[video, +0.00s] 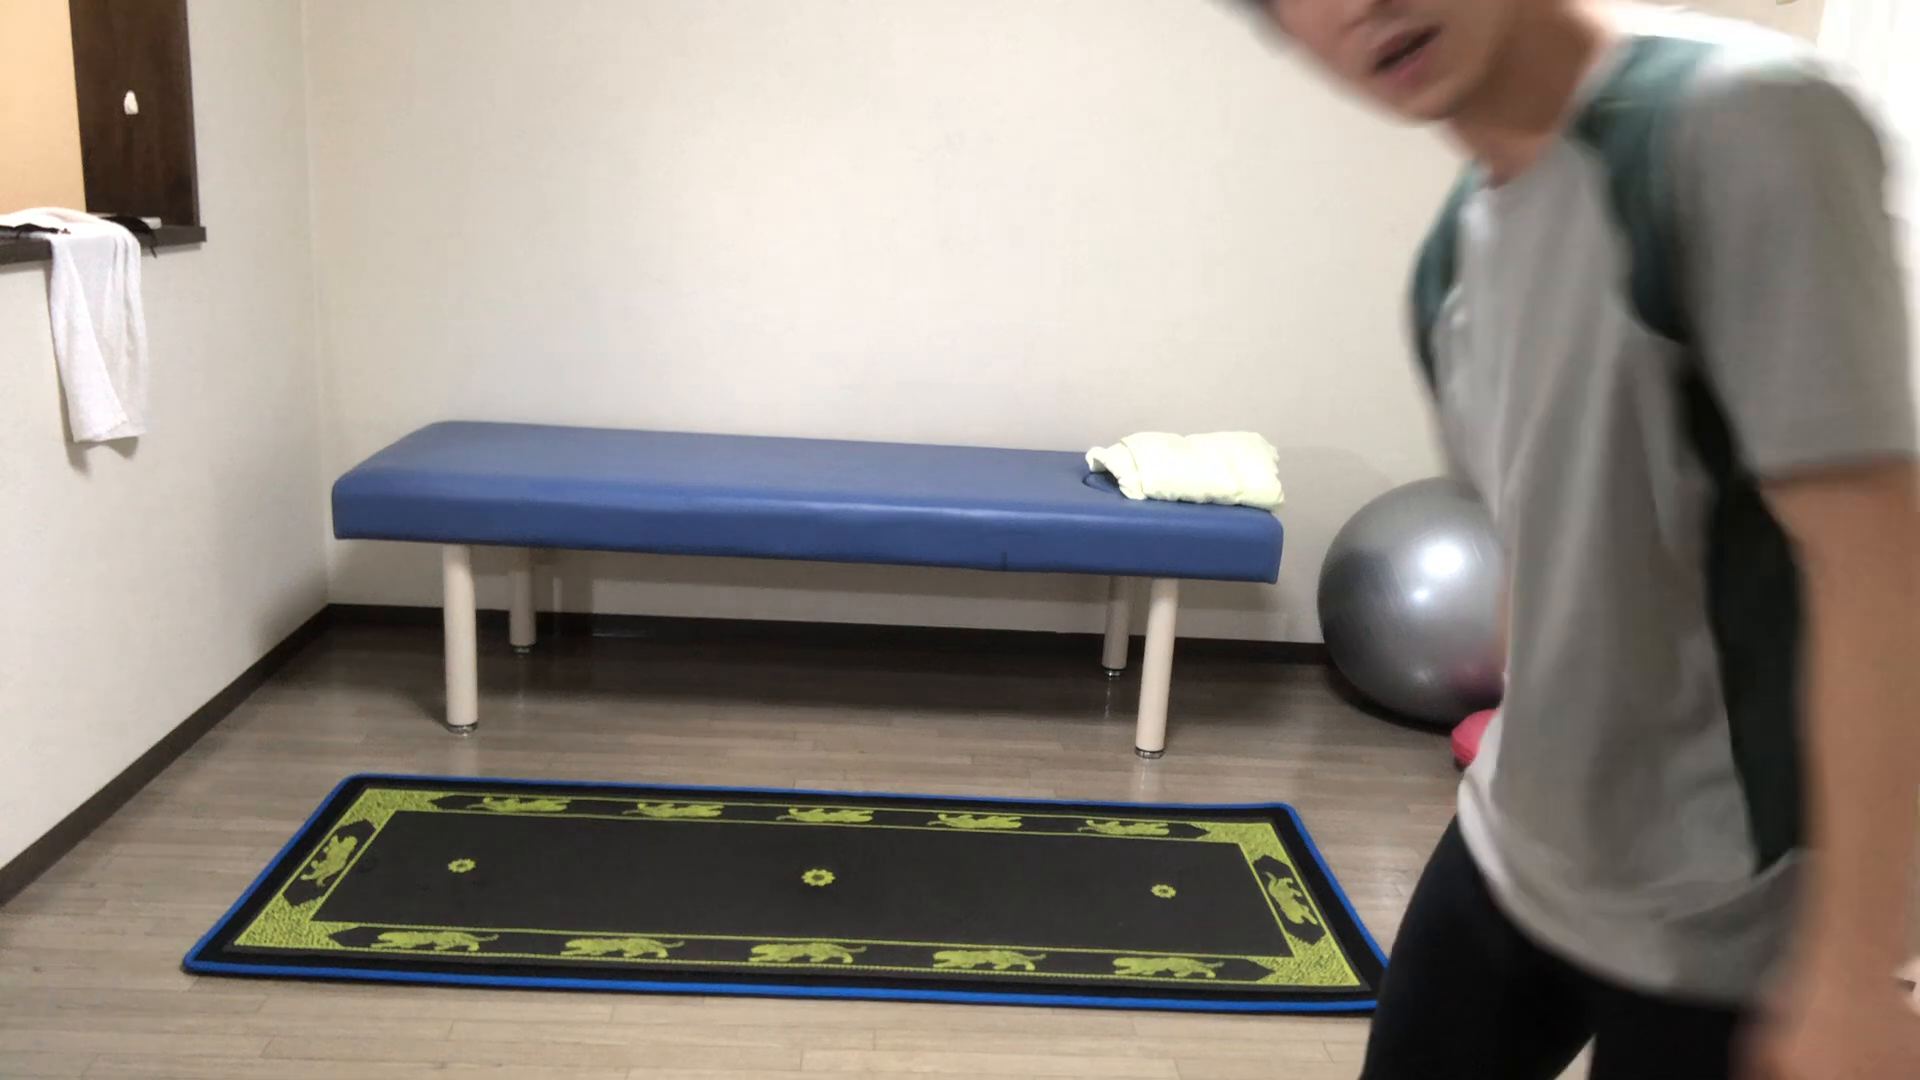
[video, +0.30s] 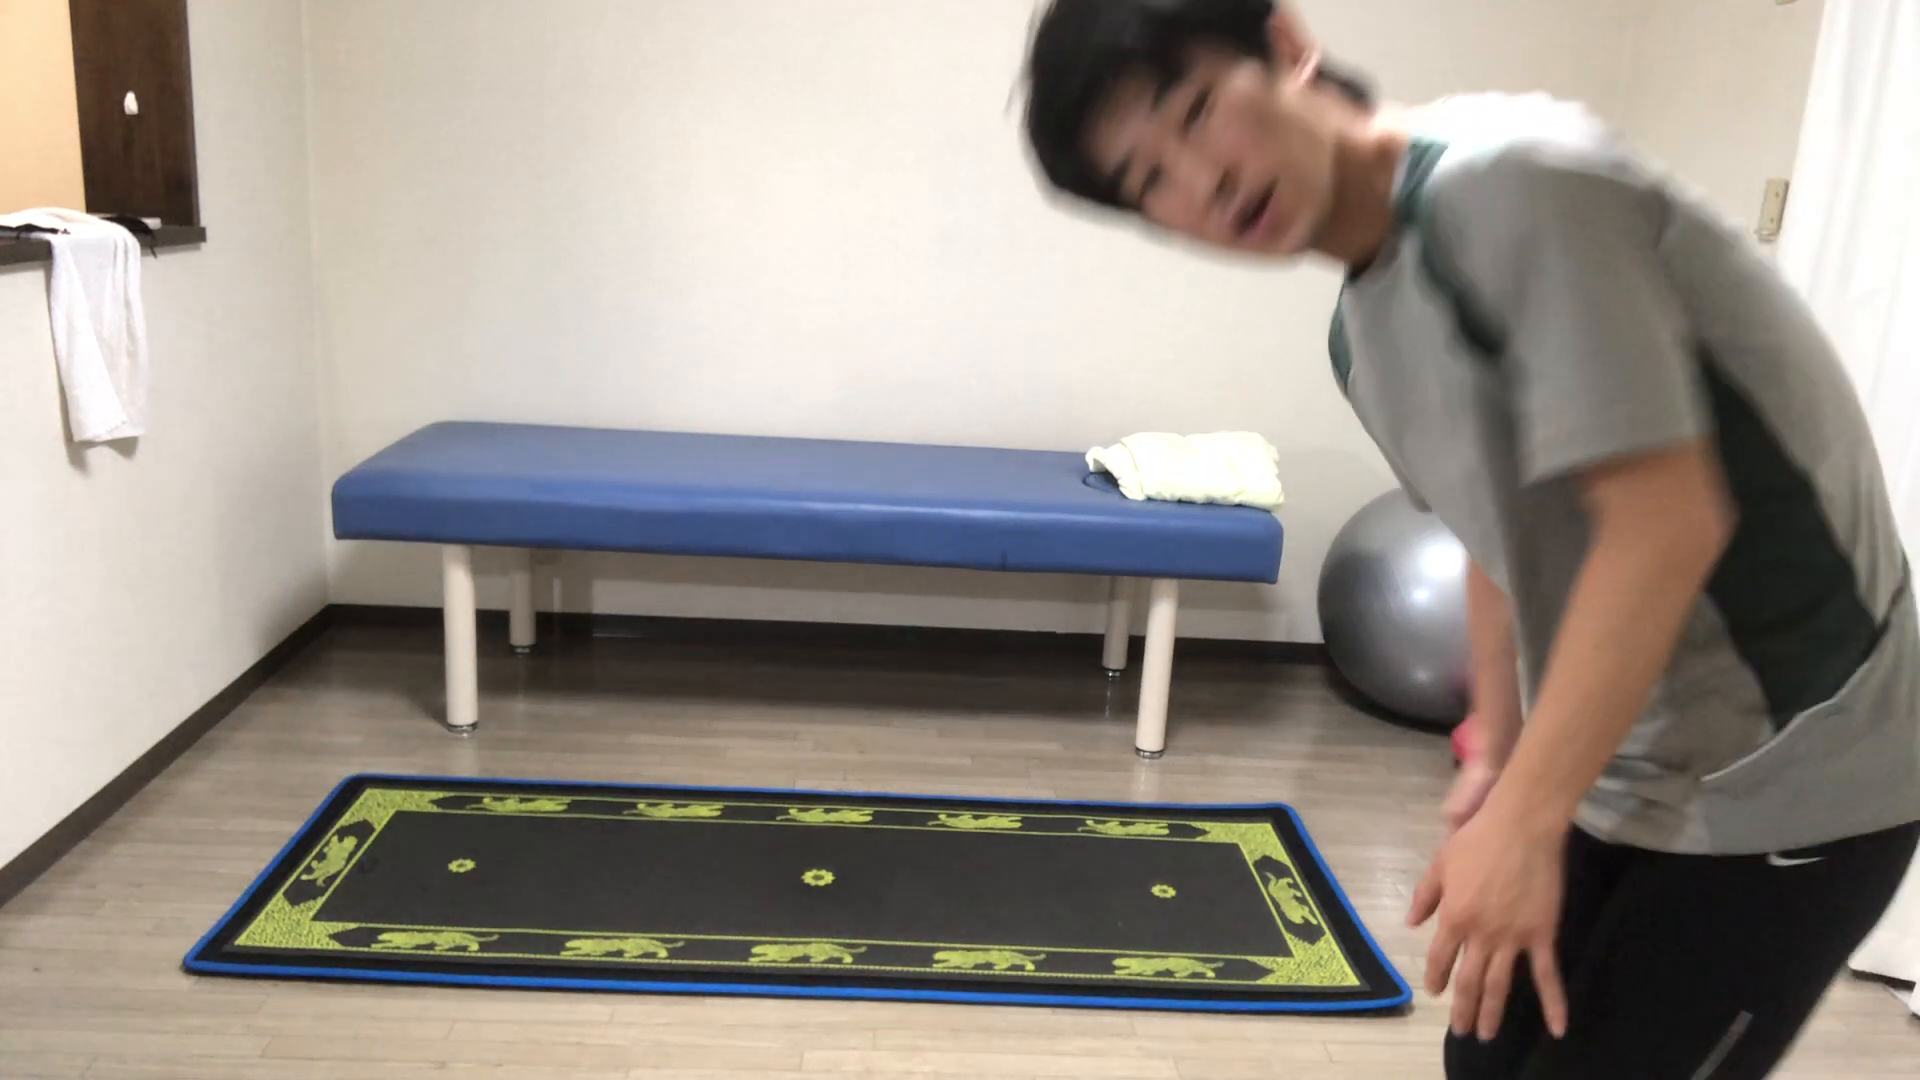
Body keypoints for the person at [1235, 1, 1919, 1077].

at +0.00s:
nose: (1347, 9)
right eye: (1287, 4)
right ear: (1282, 41)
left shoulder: (1749, 124)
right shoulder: (1448, 265)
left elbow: (1874, 560)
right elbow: (1546, 559)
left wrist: (1859, 979)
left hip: (1721, 937)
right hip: (1510, 860)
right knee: (1408, 1061)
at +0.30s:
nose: (1196, 182)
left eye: (1194, 111)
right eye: (1145, 185)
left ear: (1286, 49)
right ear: (1150, 222)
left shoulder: (1517, 184)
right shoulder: (1362, 334)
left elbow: (1670, 517)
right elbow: (1499, 544)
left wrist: (1525, 818)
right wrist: (1492, 766)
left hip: (1804, 766)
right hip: (1633, 754)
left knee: (1590, 1064)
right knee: (1493, 1050)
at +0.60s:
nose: (1170, 335)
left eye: (1164, 273)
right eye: (1126, 331)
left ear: (1254, 203)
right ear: (1127, 355)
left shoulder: (1457, 346)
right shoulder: (1357, 400)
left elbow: (1598, 636)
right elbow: (1545, 623)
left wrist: (1616, 891)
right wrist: (1614, 857)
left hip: (1792, 742)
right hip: (1610, 714)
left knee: (1627, 1057)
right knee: (1486, 1033)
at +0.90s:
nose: (1335, 256)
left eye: (1346, 192)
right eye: (1286, 235)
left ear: (1436, 149)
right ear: (1270, 262)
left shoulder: (1614, 341)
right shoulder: (1396, 364)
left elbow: (1697, 617)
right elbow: (1548, 526)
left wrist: (1639, 844)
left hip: (1753, 709)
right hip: (1589, 669)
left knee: (1605, 1029)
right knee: (1378, 907)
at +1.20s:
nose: (1349, 130)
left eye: (1376, 74)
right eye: (1308, 103)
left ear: (1467, 56)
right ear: (1287, 130)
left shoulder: (1602, 265)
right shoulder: (1376, 268)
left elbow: (1643, 543)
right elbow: (1442, 453)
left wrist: (1607, 756)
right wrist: (1412, 637)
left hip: (1685, 640)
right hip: (1526, 601)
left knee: (1593, 957)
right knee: (1375, 835)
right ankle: (1323, 1055)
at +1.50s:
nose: (1211, 194)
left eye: (1231, 144)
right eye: (1173, 174)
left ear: (1308, 123)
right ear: (1153, 196)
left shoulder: (1444, 295)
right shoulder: (1231, 306)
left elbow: (1523, 531)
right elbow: (1296, 492)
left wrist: (1525, 745)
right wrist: (1339, 663)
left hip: (1605, 599)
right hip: (1453, 587)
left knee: (1536, 904)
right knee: (1352, 811)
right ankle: (1326, 1060)